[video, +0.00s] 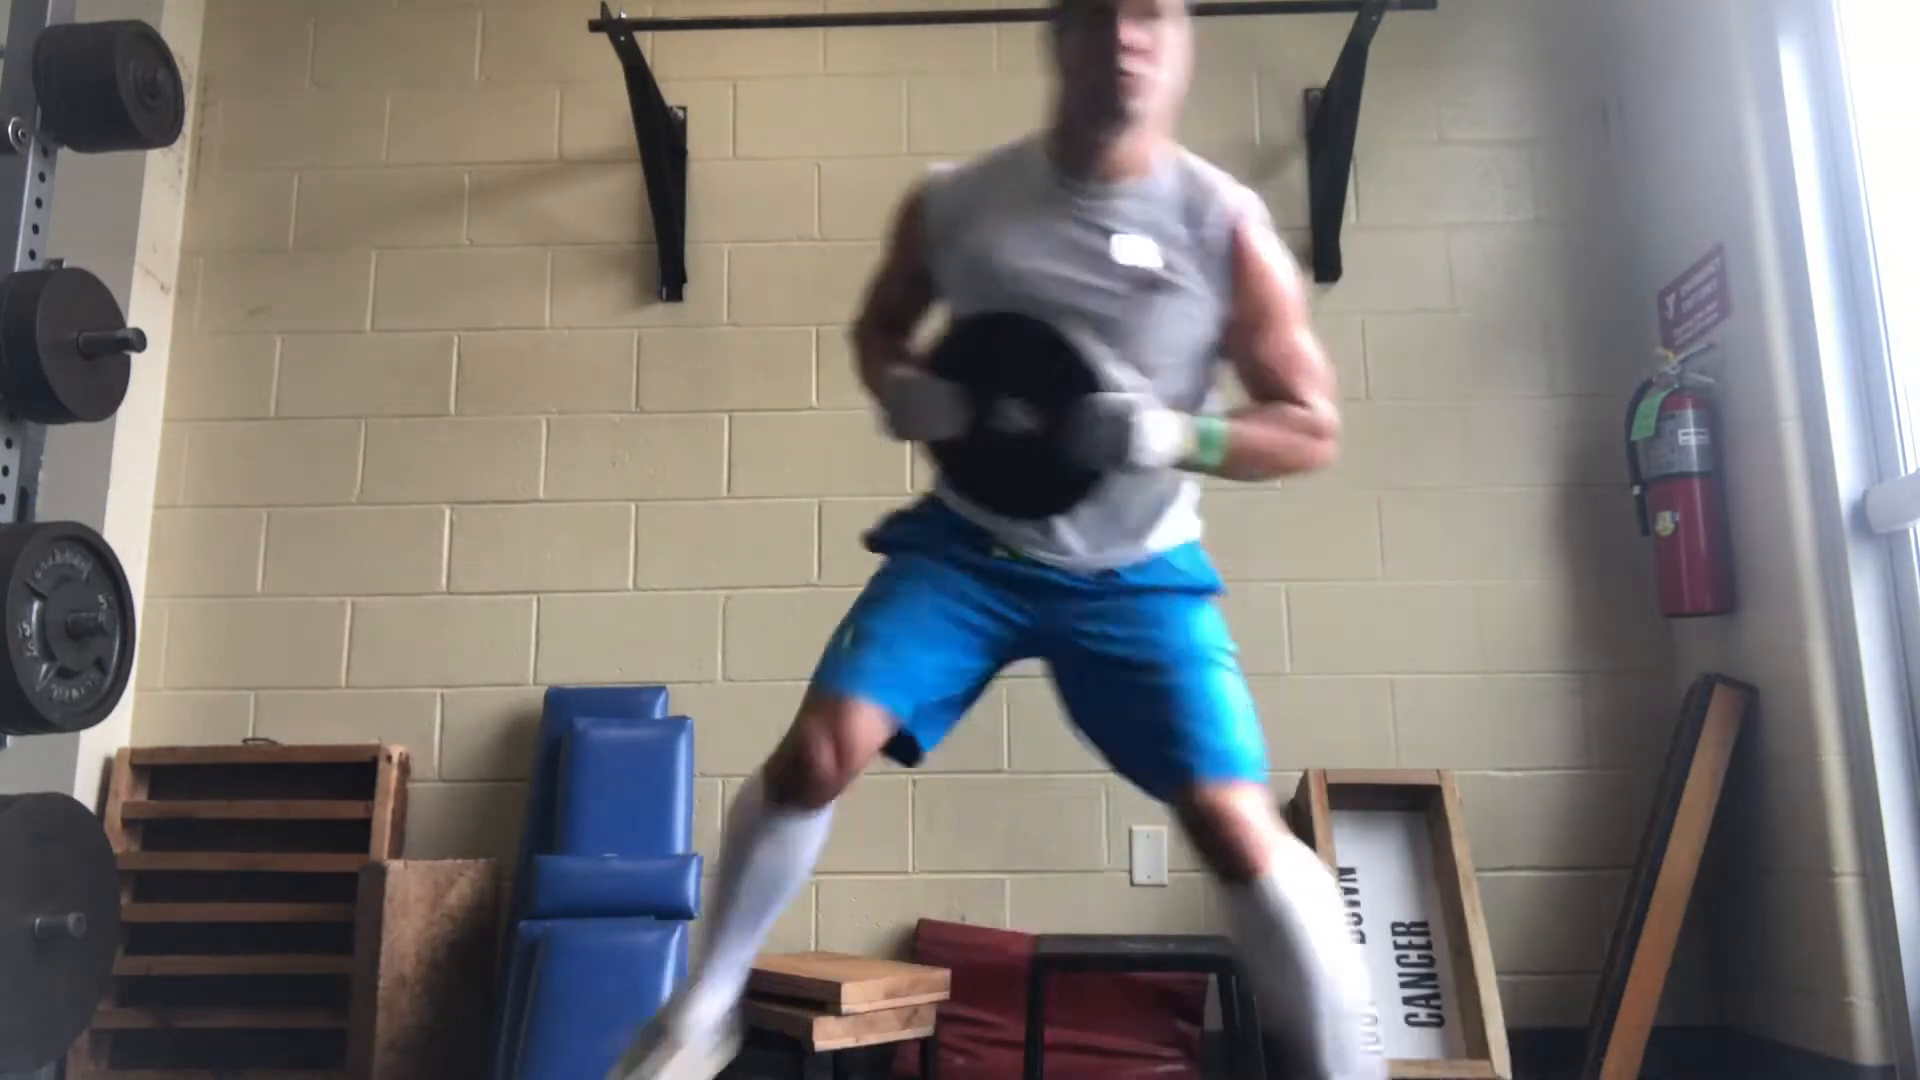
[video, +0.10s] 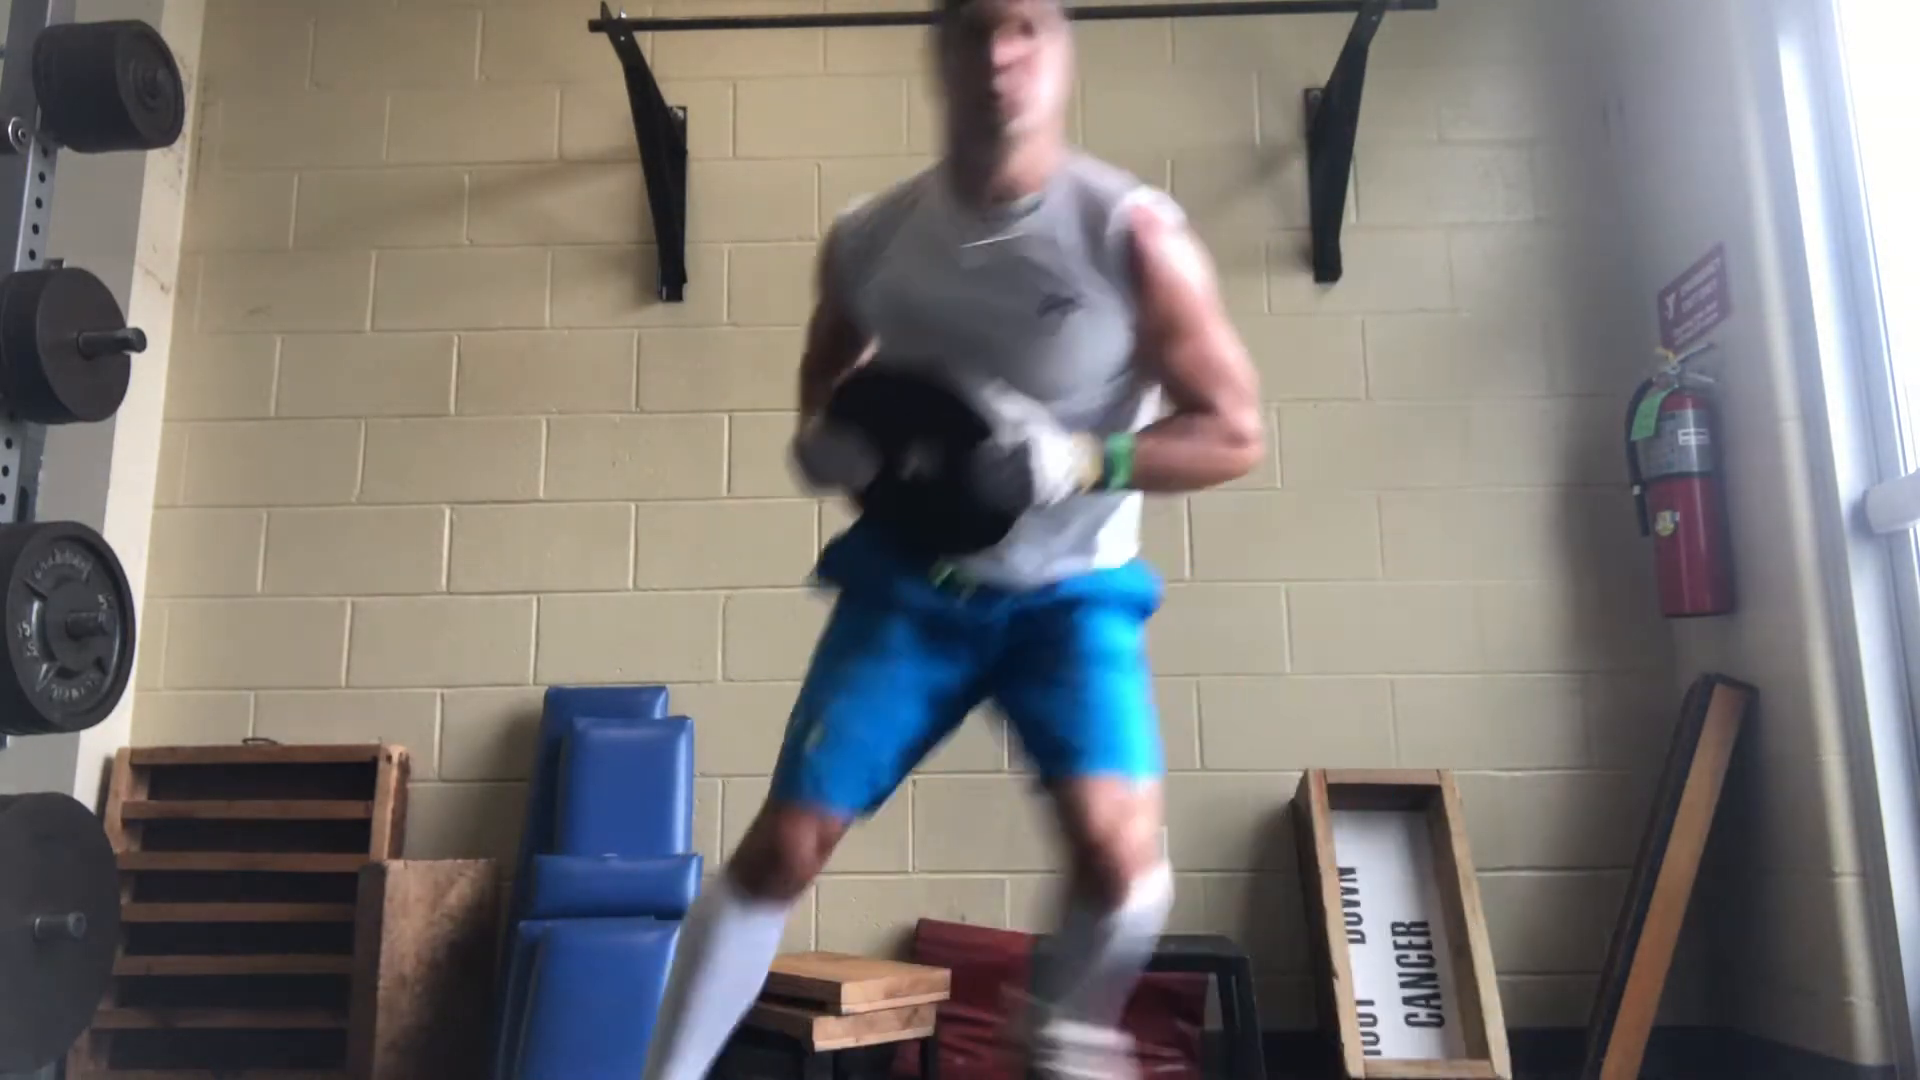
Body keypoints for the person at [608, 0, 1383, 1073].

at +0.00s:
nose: (1124, 38)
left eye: (1151, 18)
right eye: (1096, 16)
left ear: (1188, 52)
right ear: (1055, 42)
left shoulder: (1223, 223)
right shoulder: (952, 207)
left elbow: (1311, 429)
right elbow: (877, 333)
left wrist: (1171, 436)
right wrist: (907, 395)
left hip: (1141, 578)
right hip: (964, 554)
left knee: (1235, 826)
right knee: (817, 751)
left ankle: (1355, 1068)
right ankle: (691, 1028)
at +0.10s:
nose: (997, 58)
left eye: (1025, 32)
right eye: (972, 32)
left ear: (1067, 58)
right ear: (939, 59)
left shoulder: (1133, 231)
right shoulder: (866, 246)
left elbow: (1236, 431)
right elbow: (820, 432)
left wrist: (1080, 458)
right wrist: (847, 450)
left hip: (1076, 601)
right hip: (908, 590)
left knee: (1123, 860)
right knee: (786, 846)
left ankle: (1060, 1041)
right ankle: (670, 1069)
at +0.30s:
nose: (874, 124)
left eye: (897, 104)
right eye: (847, 110)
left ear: (938, 135)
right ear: (818, 152)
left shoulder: (1041, 281)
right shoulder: (785, 341)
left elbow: (1185, 453)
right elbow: (780, 516)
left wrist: (1054, 518)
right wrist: (799, 557)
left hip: (1016, 669)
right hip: (849, 664)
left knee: (982, 916)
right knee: (737, 887)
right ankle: (658, 1079)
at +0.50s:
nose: (1069, 42)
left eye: (1094, 19)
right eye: (1039, 22)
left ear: (1133, 43)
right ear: (1001, 50)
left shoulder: (1206, 217)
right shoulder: (918, 226)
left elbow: (1358, 360)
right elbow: (865, 385)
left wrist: (1275, 408)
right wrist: (956, 422)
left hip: (1166, 575)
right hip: (986, 587)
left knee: (1287, 801)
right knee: (871, 835)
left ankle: (1477, 1067)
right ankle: (786, 1067)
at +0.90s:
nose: (1211, 48)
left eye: (1234, 32)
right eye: (1180, 29)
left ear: (1264, 82)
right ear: (1131, 67)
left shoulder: (1311, 249)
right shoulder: (1027, 244)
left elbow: (1423, 443)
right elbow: (954, 396)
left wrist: (1301, 464)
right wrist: (1029, 456)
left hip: (1239, 615)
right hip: (1053, 593)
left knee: (1374, 867)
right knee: (892, 749)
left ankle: (1521, 1076)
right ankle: (905, 948)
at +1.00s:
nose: (1099, 25)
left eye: (1122, 6)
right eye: (1067, 7)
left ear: (1155, 37)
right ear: (1023, 33)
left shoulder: (1210, 212)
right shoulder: (936, 214)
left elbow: (1332, 404)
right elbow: (887, 362)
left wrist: (1173, 430)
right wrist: (916, 410)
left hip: (1152, 581)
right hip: (972, 562)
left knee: (1249, 829)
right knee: (823, 780)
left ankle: (1361, 1073)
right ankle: (690, 1053)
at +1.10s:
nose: (968, 56)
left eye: (995, 31)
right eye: (941, 34)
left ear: (1033, 62)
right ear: (911, 69)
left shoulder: (1111, 234)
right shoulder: (848, 265)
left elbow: (1243, 421)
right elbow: (811, 427)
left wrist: (1100, 469)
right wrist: (837, 484)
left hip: (1068, 614)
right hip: (901, 610)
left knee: (1122, 883)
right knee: (763, 872)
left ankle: (1049, 1036)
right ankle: (649, 1075)